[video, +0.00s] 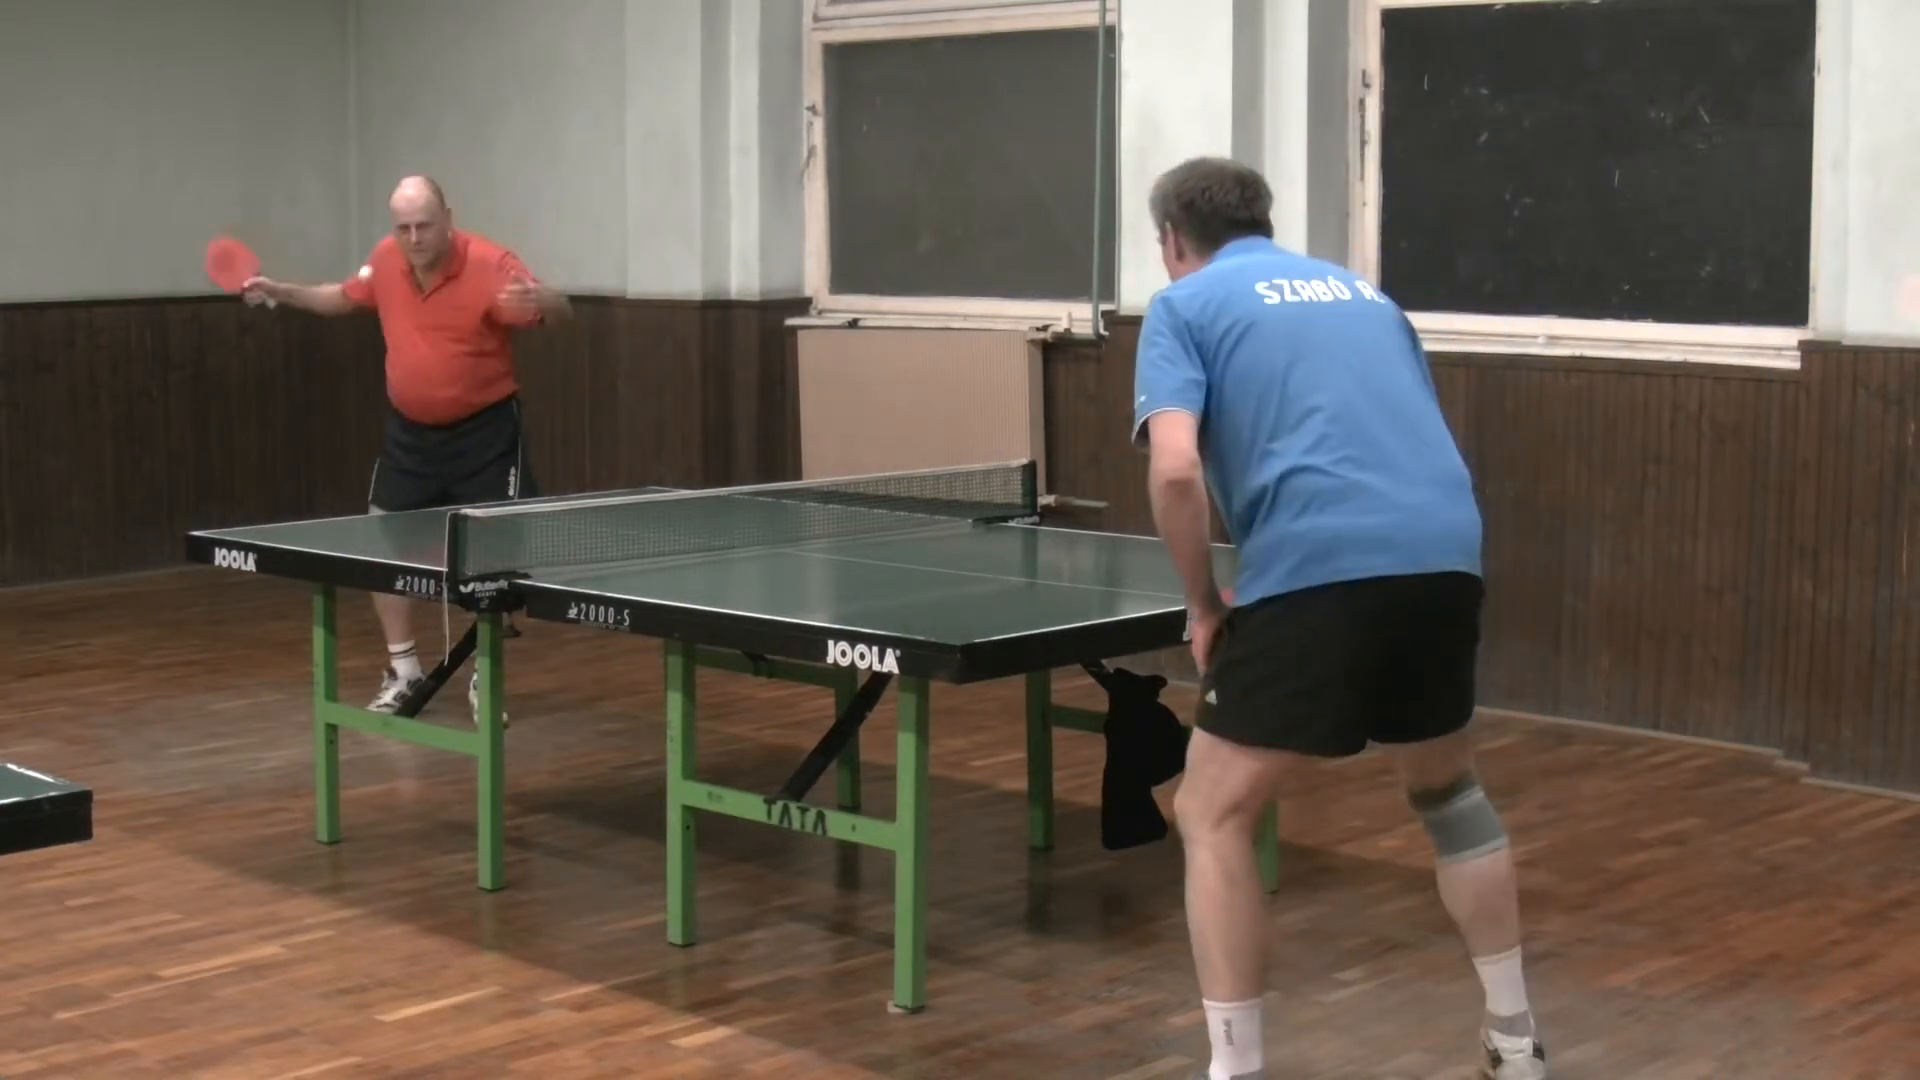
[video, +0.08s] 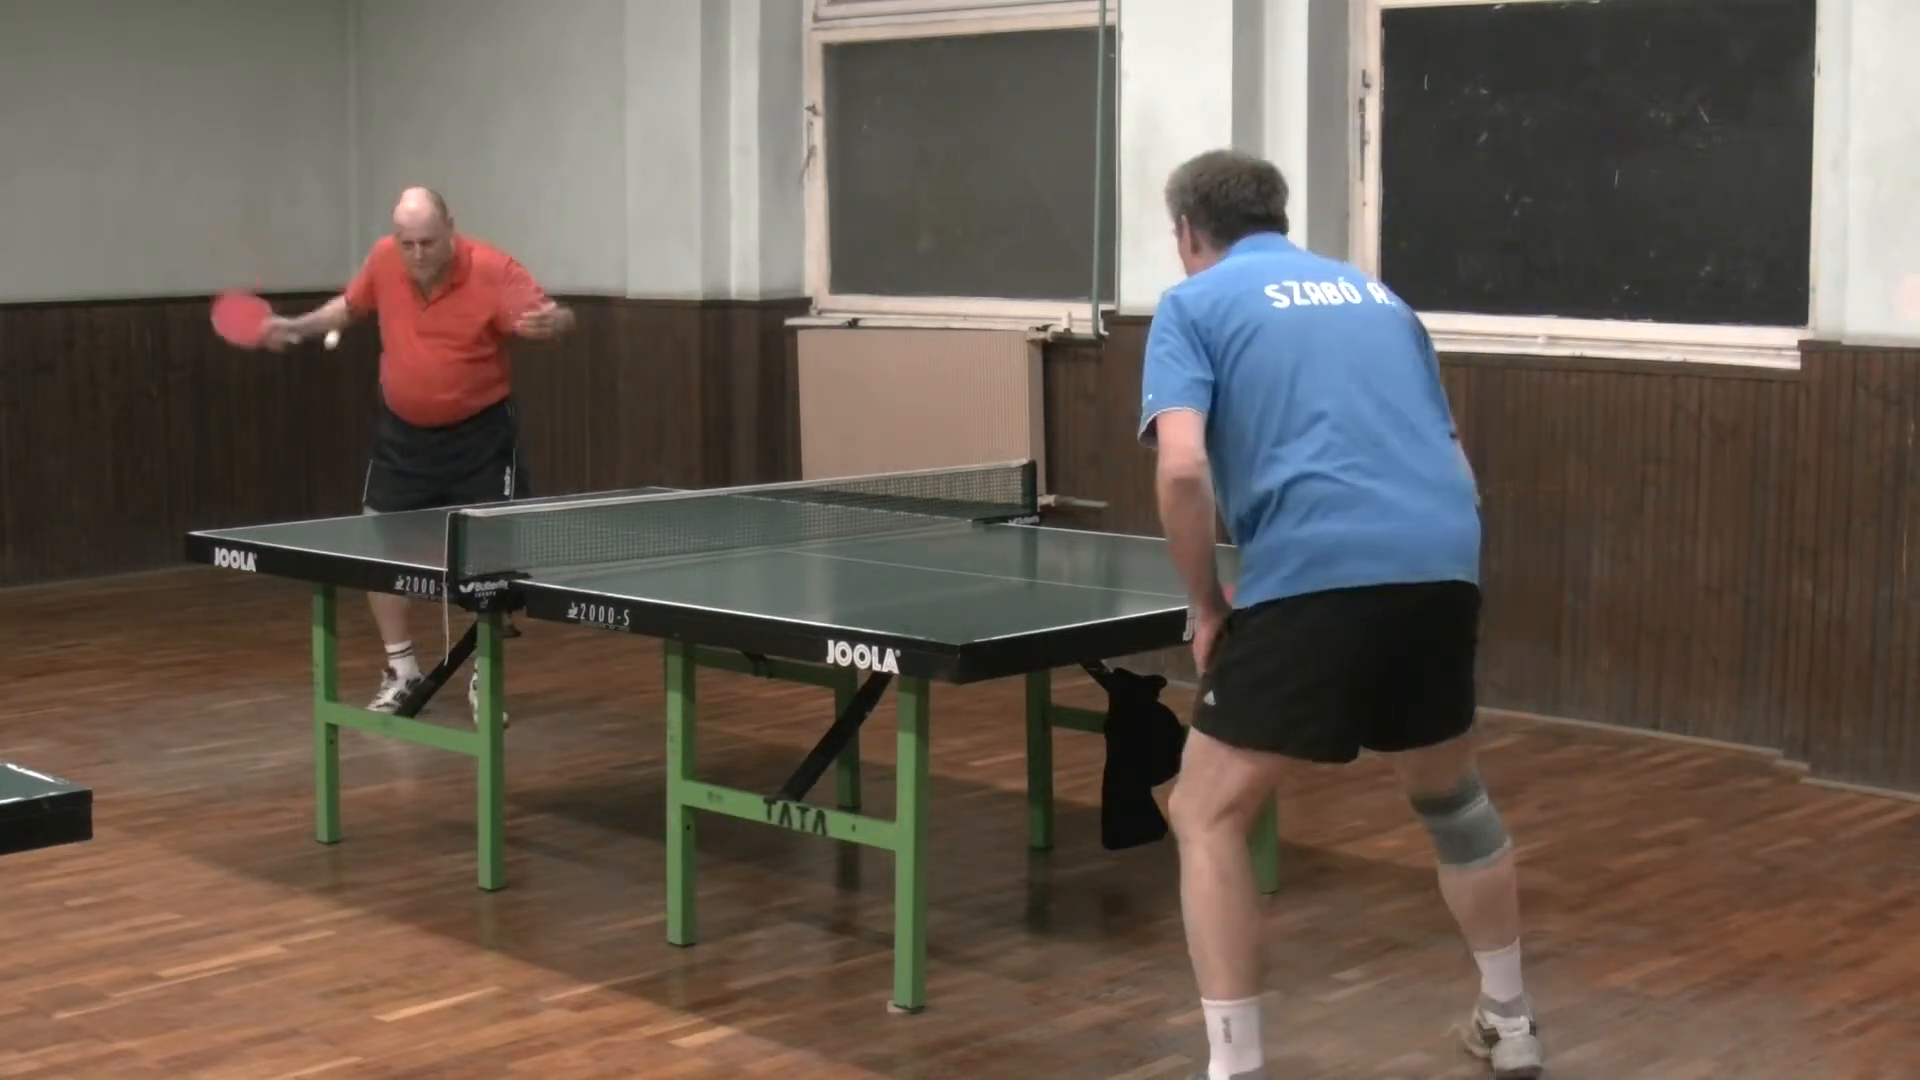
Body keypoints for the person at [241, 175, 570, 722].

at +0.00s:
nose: (413, 237)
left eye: (424, 225)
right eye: (403, 227)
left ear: (449, 219)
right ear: (393, 225)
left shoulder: (489, 263)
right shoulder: (387, 259)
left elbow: (557, 311)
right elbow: (345, 296)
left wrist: (538, 303)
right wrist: (281, 292)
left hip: (484, 433)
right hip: (410, 435)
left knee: (491, 557)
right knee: (381, 547)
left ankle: (484, 680)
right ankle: (406, 672)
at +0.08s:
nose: (417, 255)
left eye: (428, 243)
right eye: (406, 244)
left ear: (451, 232)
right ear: (395, 237)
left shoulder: (489, 268)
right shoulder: (386, 257)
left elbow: (556, 320)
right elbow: (350, 306)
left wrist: (551, 323)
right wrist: (296, 327)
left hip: (478, 436)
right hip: (402, 435)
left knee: (488, 558)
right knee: (378, 550)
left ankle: (485, 676)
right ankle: (404, 673)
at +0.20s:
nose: (429, 275)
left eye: (440, 264)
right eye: (418, 264)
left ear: (459, 249)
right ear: (403, 252)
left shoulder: (494, 278)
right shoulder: (386, 262)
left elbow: (552, 330)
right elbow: (347, 319)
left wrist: (567, 338)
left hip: (468, 438)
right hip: (391, 435)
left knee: (480, 561)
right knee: (356, 547)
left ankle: (483, 677)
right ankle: (390, 667)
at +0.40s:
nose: (442, 270)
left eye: (451, 259)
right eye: (431, 260)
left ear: (465, 250)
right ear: (408, 252)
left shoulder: (489, 283)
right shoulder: (376, 266)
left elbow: (536, 325)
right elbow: (320, 324)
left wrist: (581, 337)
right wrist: (363, 351)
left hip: (450, 439)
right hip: (367, 435)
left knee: (466, 565)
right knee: (315, 549)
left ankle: (479, 677)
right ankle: (312, 674)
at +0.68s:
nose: (400, 263)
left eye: (407, 252)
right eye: (388, 254)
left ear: (414, 248)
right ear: (359, 252)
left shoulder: (427, 287)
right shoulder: (323, 285)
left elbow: (459, 329)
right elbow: (274, 362)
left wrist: (509, 343)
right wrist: (324, 398)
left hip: (398, 449)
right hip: (318, 450)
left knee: (446, 557)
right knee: (276, 561)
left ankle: (475, 685)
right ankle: (248, 690)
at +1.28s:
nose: (390, 273)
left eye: (394, 263)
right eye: (377, 265)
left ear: (401, 260)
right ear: (345, 264)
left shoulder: (408, 297)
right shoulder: (309, 307)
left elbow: (435, 355)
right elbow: (276, 397)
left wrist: (457, 401)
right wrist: (340, 435)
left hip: (386, 458)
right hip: (307, 461)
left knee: (445, 553)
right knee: (266, 562)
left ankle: (459, 676)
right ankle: (243, 690)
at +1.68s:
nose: (421, 292)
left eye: (425, 281)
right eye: (413, 281)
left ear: (387, 271)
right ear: (377, 268)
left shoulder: (382, 300)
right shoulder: (330, 298)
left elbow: (362, 374)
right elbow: (337, 392)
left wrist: (388, 406)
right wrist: (404, 385)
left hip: (361, 446)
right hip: (296, 446)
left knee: (415, 549)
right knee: (273, 566)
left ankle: (450, 673)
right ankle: (240, 691)